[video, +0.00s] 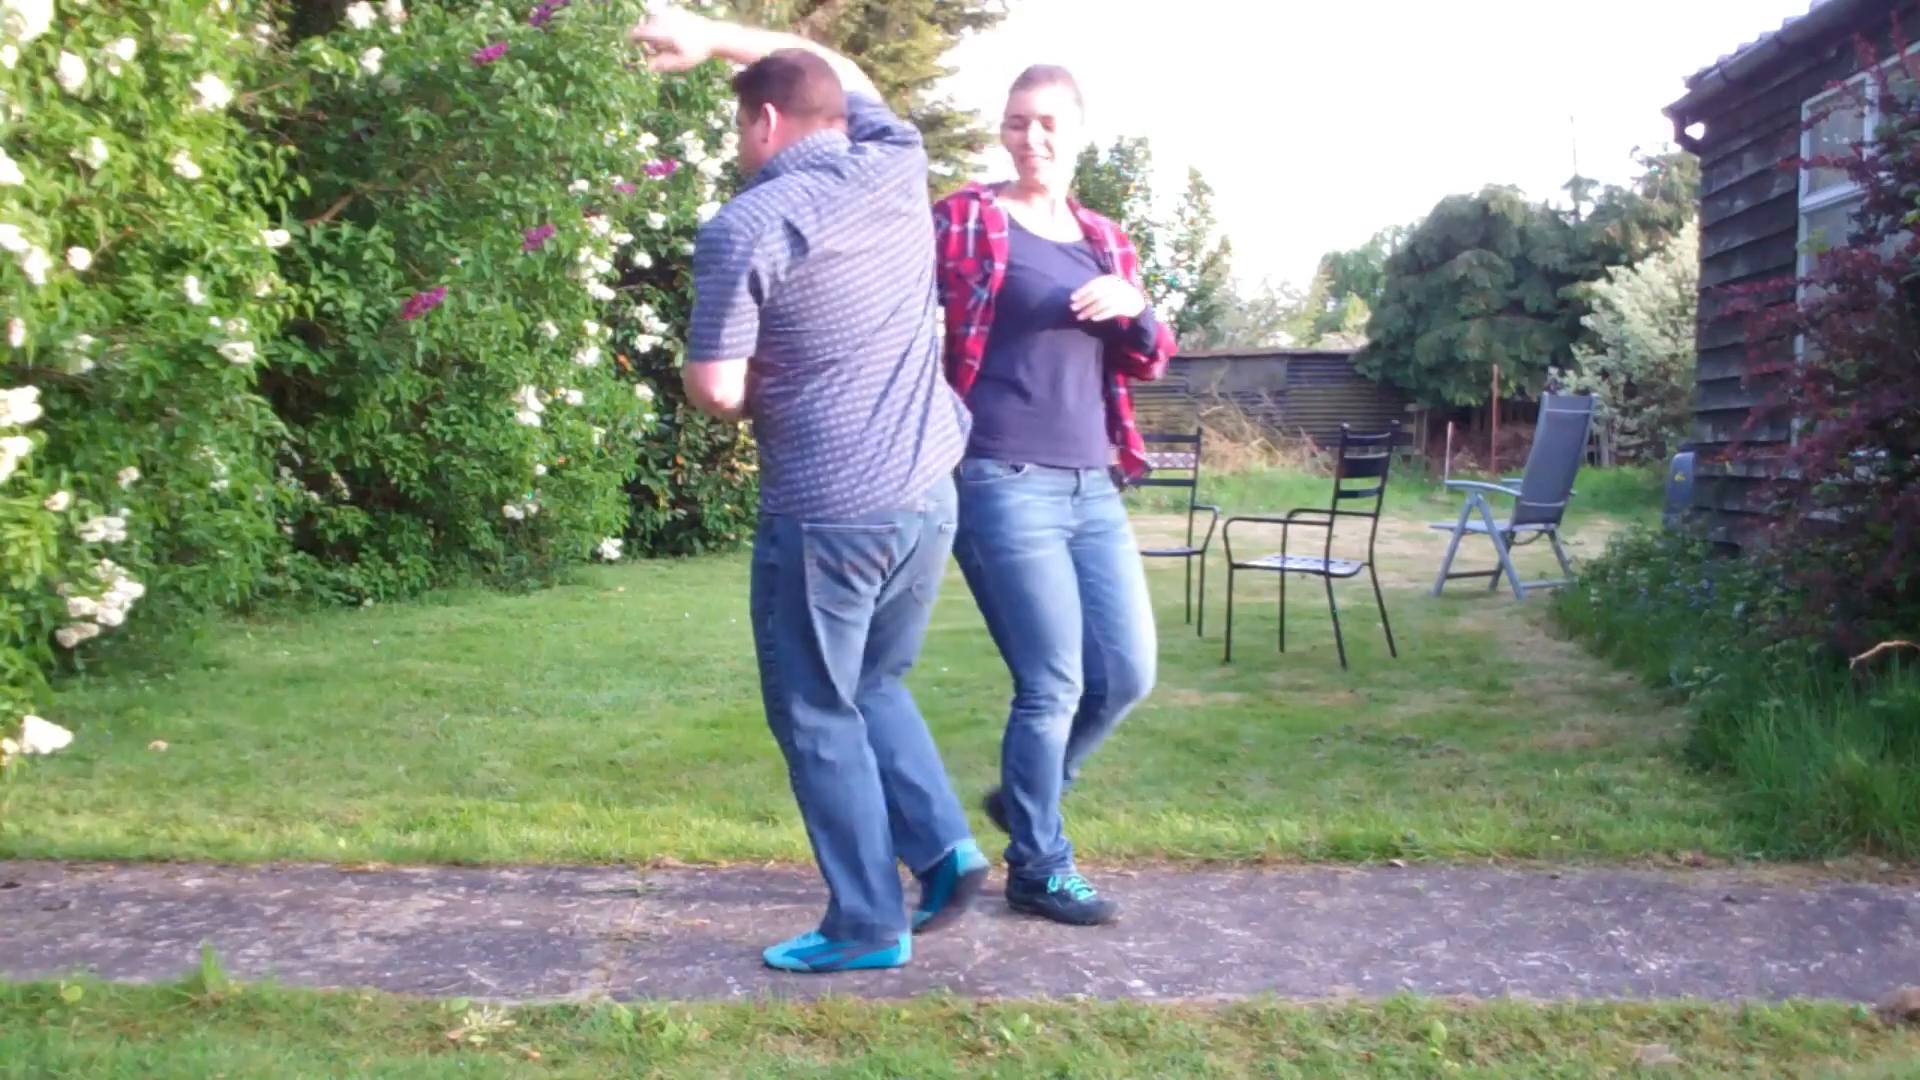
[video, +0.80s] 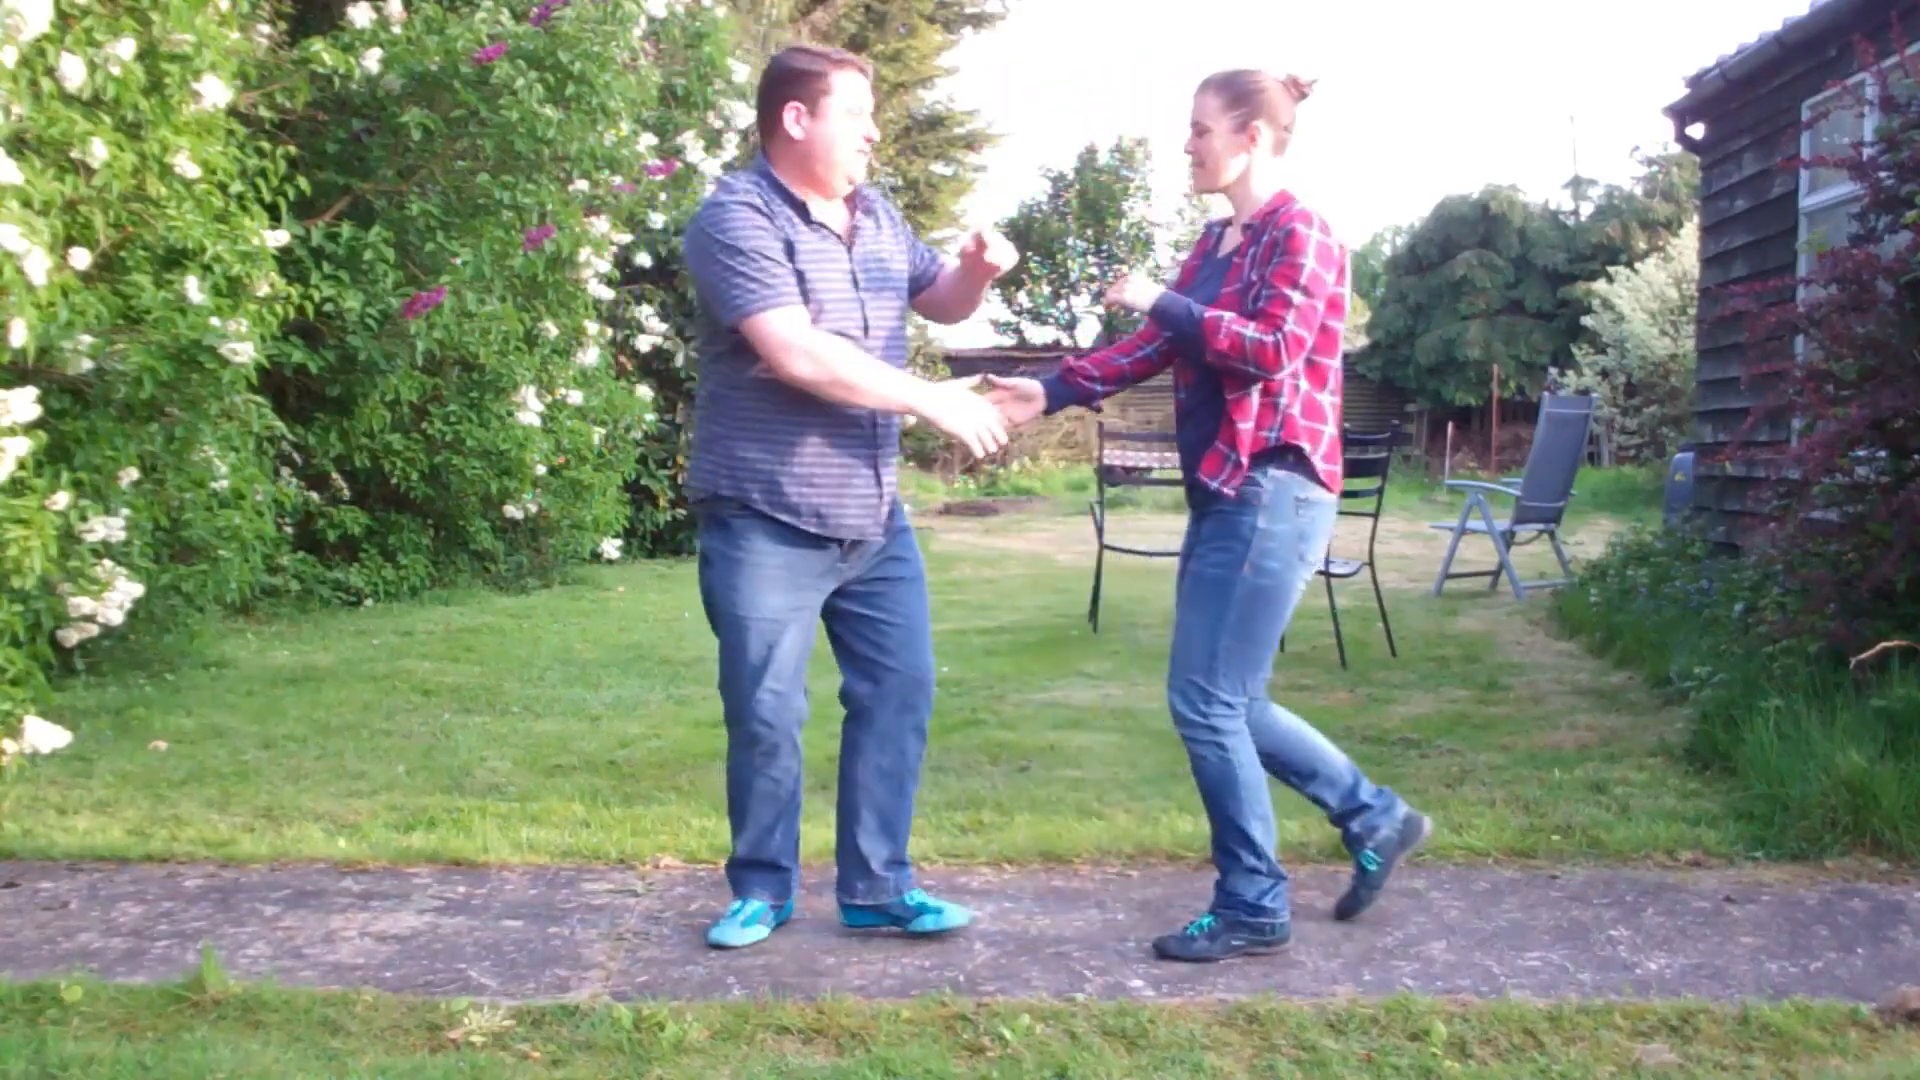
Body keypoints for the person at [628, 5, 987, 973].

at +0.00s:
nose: (737, 140)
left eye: (738, 120)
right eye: (737, 122)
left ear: (766, 121)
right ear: (829, 112)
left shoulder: (747, 226)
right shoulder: (896, 163)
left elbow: (716, 387)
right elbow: (837, 75)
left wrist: (769, 388)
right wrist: (711, 42)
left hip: (828, 515)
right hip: (930, 493)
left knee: (814, 714)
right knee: (877, 678)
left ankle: (869, 925)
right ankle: (944, 850)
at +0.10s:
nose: (726, 139)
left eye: (729, 125)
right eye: (725, 126)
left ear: (765, 117)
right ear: (808, 107)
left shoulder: (774, 214)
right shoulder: (875, 158)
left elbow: (720, 371)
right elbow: (763, 115)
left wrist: (702, 346)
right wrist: (665, 115)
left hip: (833, 503)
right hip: (902, 475)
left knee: (804, 699)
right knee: (785, 670)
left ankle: (865, 924)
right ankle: (886, 859)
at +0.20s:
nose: (713, 137)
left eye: (719, 118)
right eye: (710, 121)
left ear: (764, 111)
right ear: (782, 108)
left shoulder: (818, 195)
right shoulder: (797, 176)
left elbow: (754, 340)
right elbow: (718, 175)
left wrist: (697, 328)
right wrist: (624, 193)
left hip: (838, 493)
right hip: (790, 490)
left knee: (807, 704)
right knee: (751, 687)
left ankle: (865, 914)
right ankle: (787, 874)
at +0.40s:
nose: (733, 121)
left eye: (754, 104)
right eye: (721, 103)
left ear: (807, 109)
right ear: (710, 109)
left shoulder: (868, 197)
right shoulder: (695, 200)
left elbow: (896, 313)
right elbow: (628, 294)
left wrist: (757, 315)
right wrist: (624, 354)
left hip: (844, 491)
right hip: (738, 497)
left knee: (816, 693)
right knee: (742, 701)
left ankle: (845, 897)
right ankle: (764, 884)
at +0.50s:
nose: (770, 121)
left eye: (788, 106)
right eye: (752, 105)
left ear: (818, 117)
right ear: (723, 116)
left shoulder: (874, 202)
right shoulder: (681, 209)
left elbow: (940, 308)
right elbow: (629, 336)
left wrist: (819, 315)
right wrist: (697, 411)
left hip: (846, 500)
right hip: (732, 502)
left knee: (832, 694)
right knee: (739, 706)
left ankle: (839, 888)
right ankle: (764, 883)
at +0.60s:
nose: (813, 133)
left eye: (823, 117)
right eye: (793, 114)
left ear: (834, 126)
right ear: (741, 120)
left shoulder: (874, 206)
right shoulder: (682, 217)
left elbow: (956, 297)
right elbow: (668, 358)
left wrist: (886, 297)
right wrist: (788, 421)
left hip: (856, 508)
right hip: (734, 516)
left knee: (858, 696)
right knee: (743, 712)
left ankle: (852, 880)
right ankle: (766, 887)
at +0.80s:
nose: (871, 139)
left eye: (871, 121)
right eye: (858, 120)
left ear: (821, 123)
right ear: (796, 122)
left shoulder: (874, 214)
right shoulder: (732, 218)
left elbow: (943, 302)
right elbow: (796, 355)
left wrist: (973, 270)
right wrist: (929, 399)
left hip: (869, 510)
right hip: (762, 512)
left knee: (900, 687)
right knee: (766, 707)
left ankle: (875, 887)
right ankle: (761, 888)